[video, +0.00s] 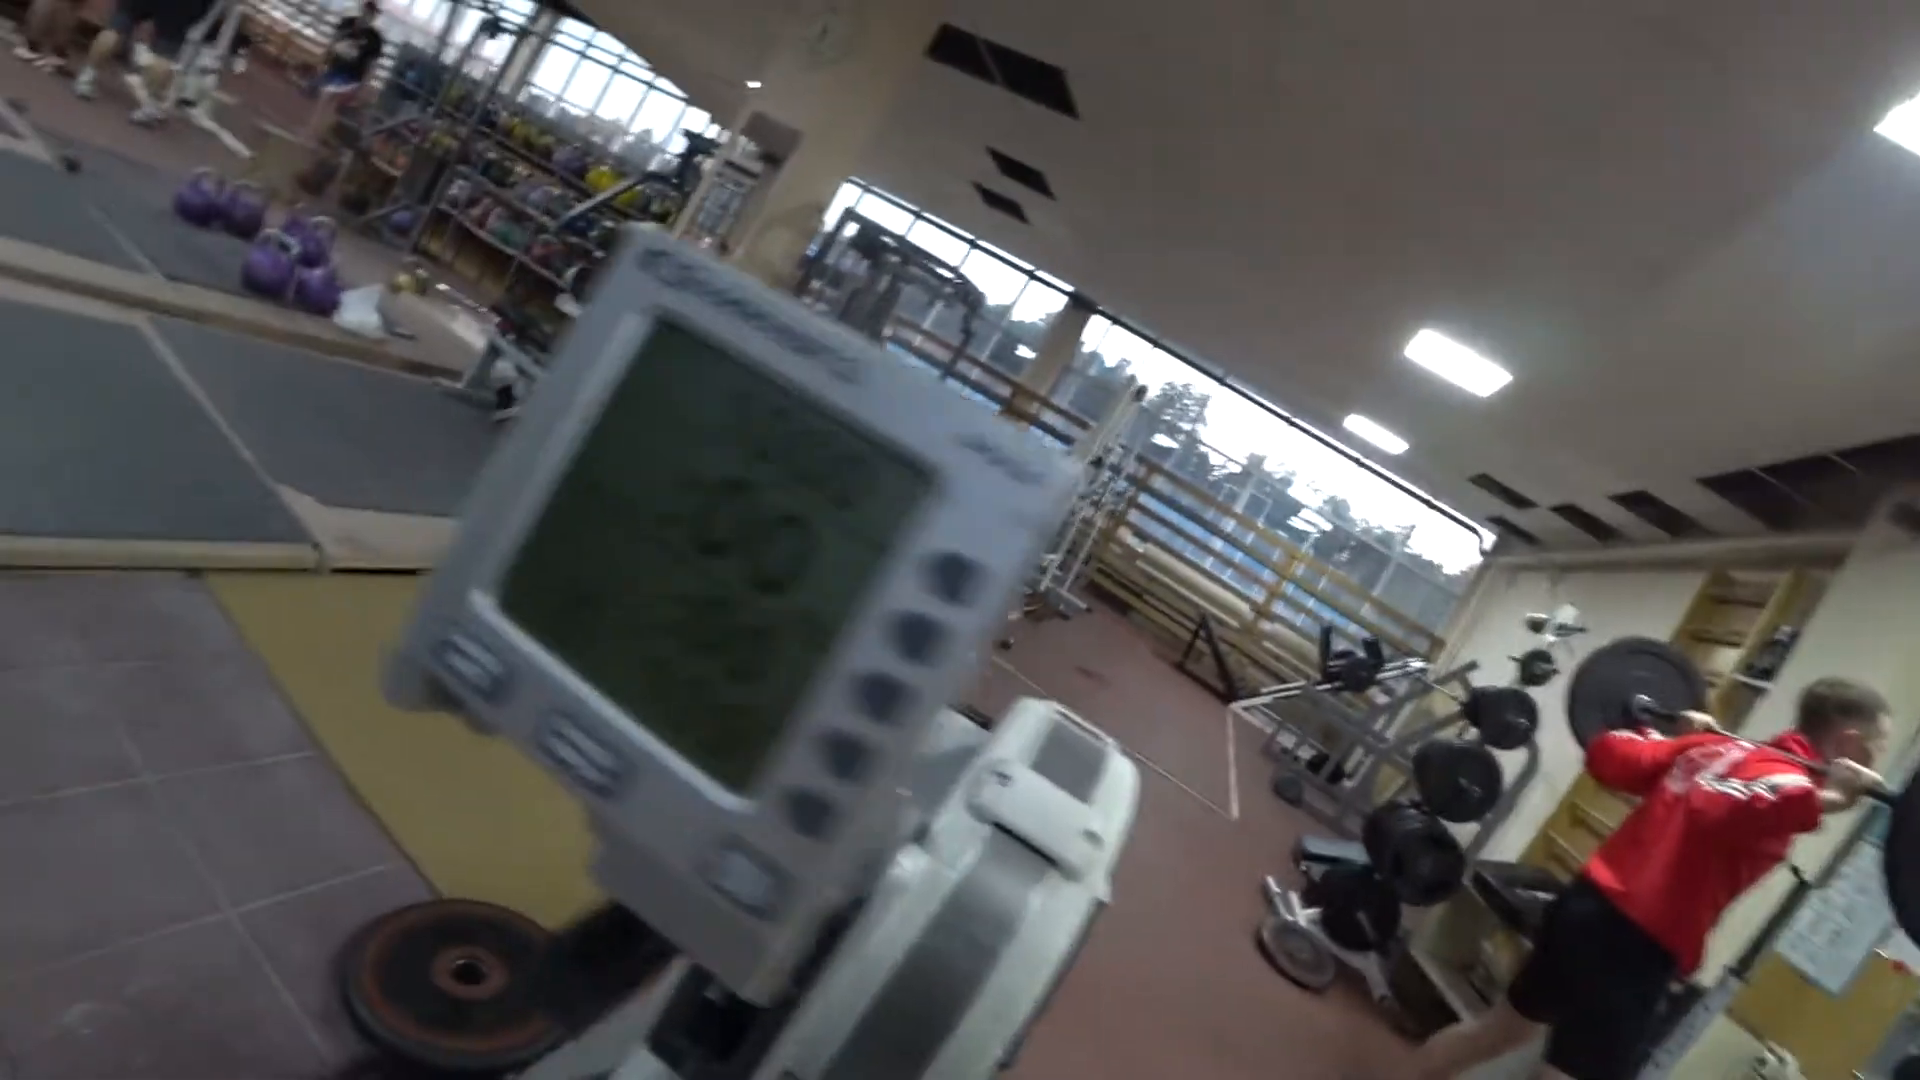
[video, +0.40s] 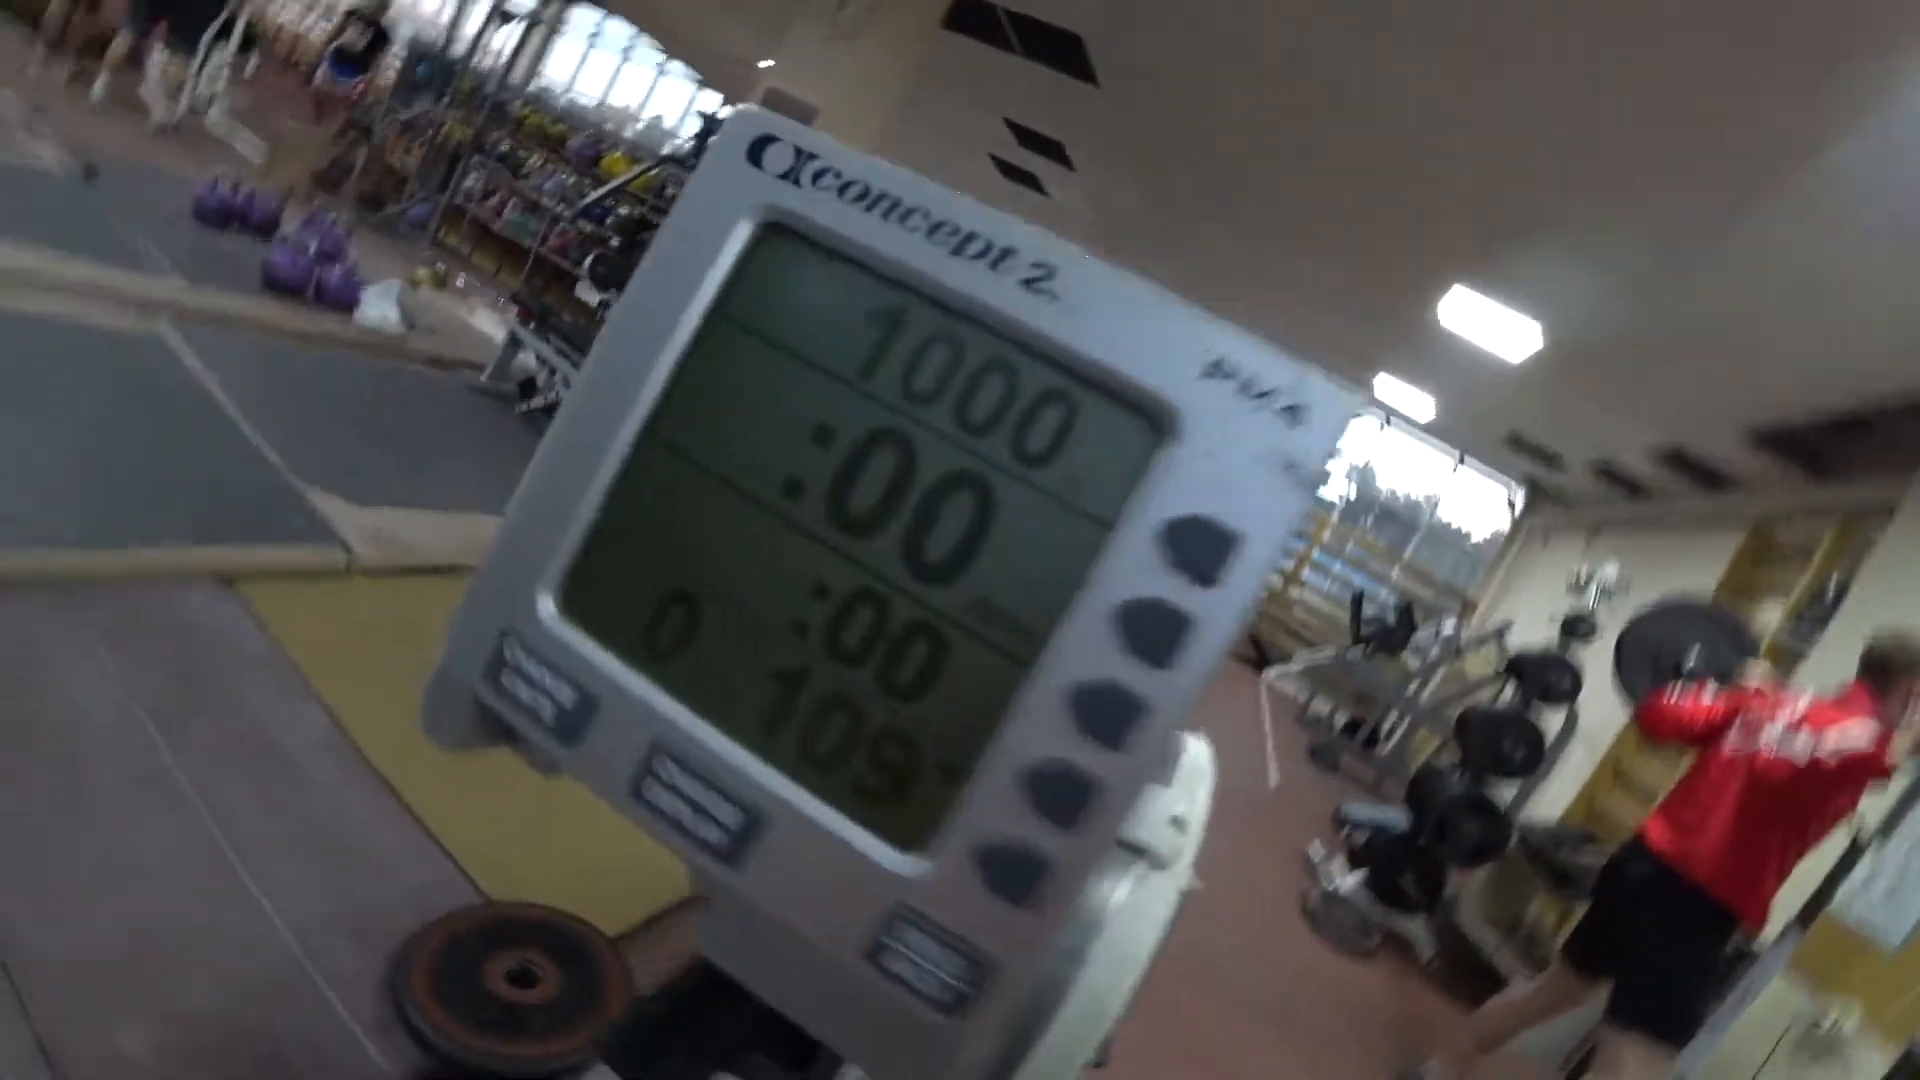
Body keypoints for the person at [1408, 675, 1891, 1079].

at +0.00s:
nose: (1875, 759)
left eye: (1878, 746)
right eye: (1875, 743)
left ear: (1810, 726)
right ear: (1844, 739)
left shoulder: (1714, 746)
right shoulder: (1798, 787)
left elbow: (1609, 753)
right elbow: (1719, 813)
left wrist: (1678, 738)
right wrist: (1828, 799)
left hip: (1585, 902)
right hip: (1640, 948)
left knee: (1501, 1026)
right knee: (1564, 1072)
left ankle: (1398, 1073)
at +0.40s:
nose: (1914, 711)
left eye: (1915, 698)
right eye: (1916, 699)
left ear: (1859, 675)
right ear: (1903, 695)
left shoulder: (1768, 699)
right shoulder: (1869, 745)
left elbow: (1661, 714)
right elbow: (1830, 761)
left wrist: (1707, 681)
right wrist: (1890, 756)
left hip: (1643, 864)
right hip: (1704, 910)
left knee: (1558, 985)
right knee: (1631, 1058)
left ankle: (1440, 1065)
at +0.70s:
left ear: (1898, 384)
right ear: (1917, 398)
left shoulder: (1814, 447)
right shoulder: (1907, 464)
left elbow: (1711, 484)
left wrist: (1746, 435)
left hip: (1738, 634)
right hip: (1818, 664)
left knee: (1683, 773)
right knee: (1770, 846)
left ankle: (1589, 891)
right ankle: (1685, 1029)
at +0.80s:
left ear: (1886, 278)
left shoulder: (1812, 346)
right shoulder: (1912, 348)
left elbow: (1711, 399)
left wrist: (1754, 350)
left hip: (1745, 545)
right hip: (1823, 569)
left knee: (1706, 696)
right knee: (1801, 760)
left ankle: (1621, 817)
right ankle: (1728, 947)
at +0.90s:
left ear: (1868, 204)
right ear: (1914, 204)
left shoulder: (1798, 271)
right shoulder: (1906, 268)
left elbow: (1696, 330)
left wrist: (1740, 286)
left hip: (1744, 478)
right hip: (1820, 493)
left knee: (1719, 630)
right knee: (1817, 687)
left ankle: (1644, 755)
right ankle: (1759, 876)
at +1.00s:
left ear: (1861, 164)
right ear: (1907, 161)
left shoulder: (1790, 236)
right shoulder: (1903, 228)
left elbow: (1687, 301)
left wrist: (1735, 248)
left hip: (1742, 445)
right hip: (1822, 457)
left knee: (1722, 598)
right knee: (1821, 653)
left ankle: (1650, 724)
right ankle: (1770, 838)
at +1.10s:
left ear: (1861, 150)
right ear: (1911, 145)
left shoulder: (1789, 223)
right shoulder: (1903, 212)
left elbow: (1686, 290)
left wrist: (1741, 233)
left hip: (1743, 432)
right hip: (1822, 444)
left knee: (1721, 588)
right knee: (1823, 640)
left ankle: (1652, 713)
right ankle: (1771, 827)